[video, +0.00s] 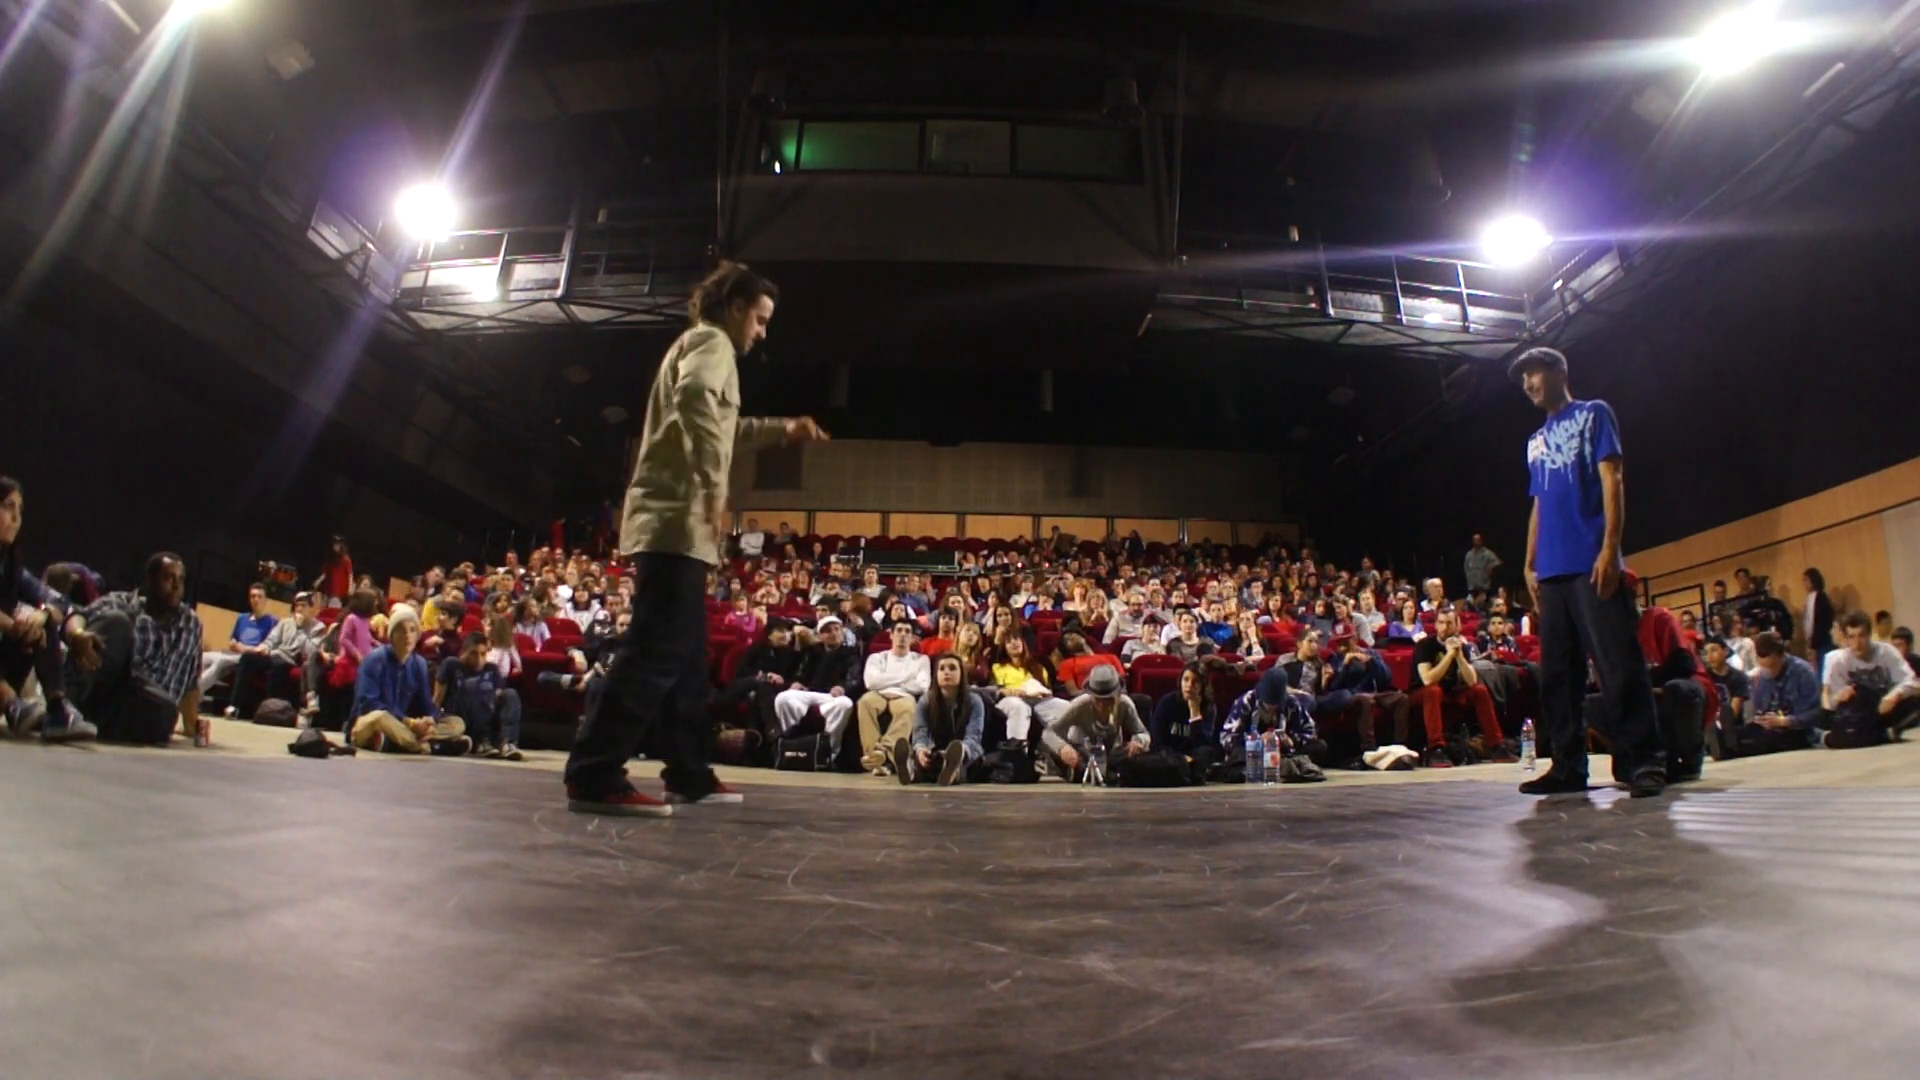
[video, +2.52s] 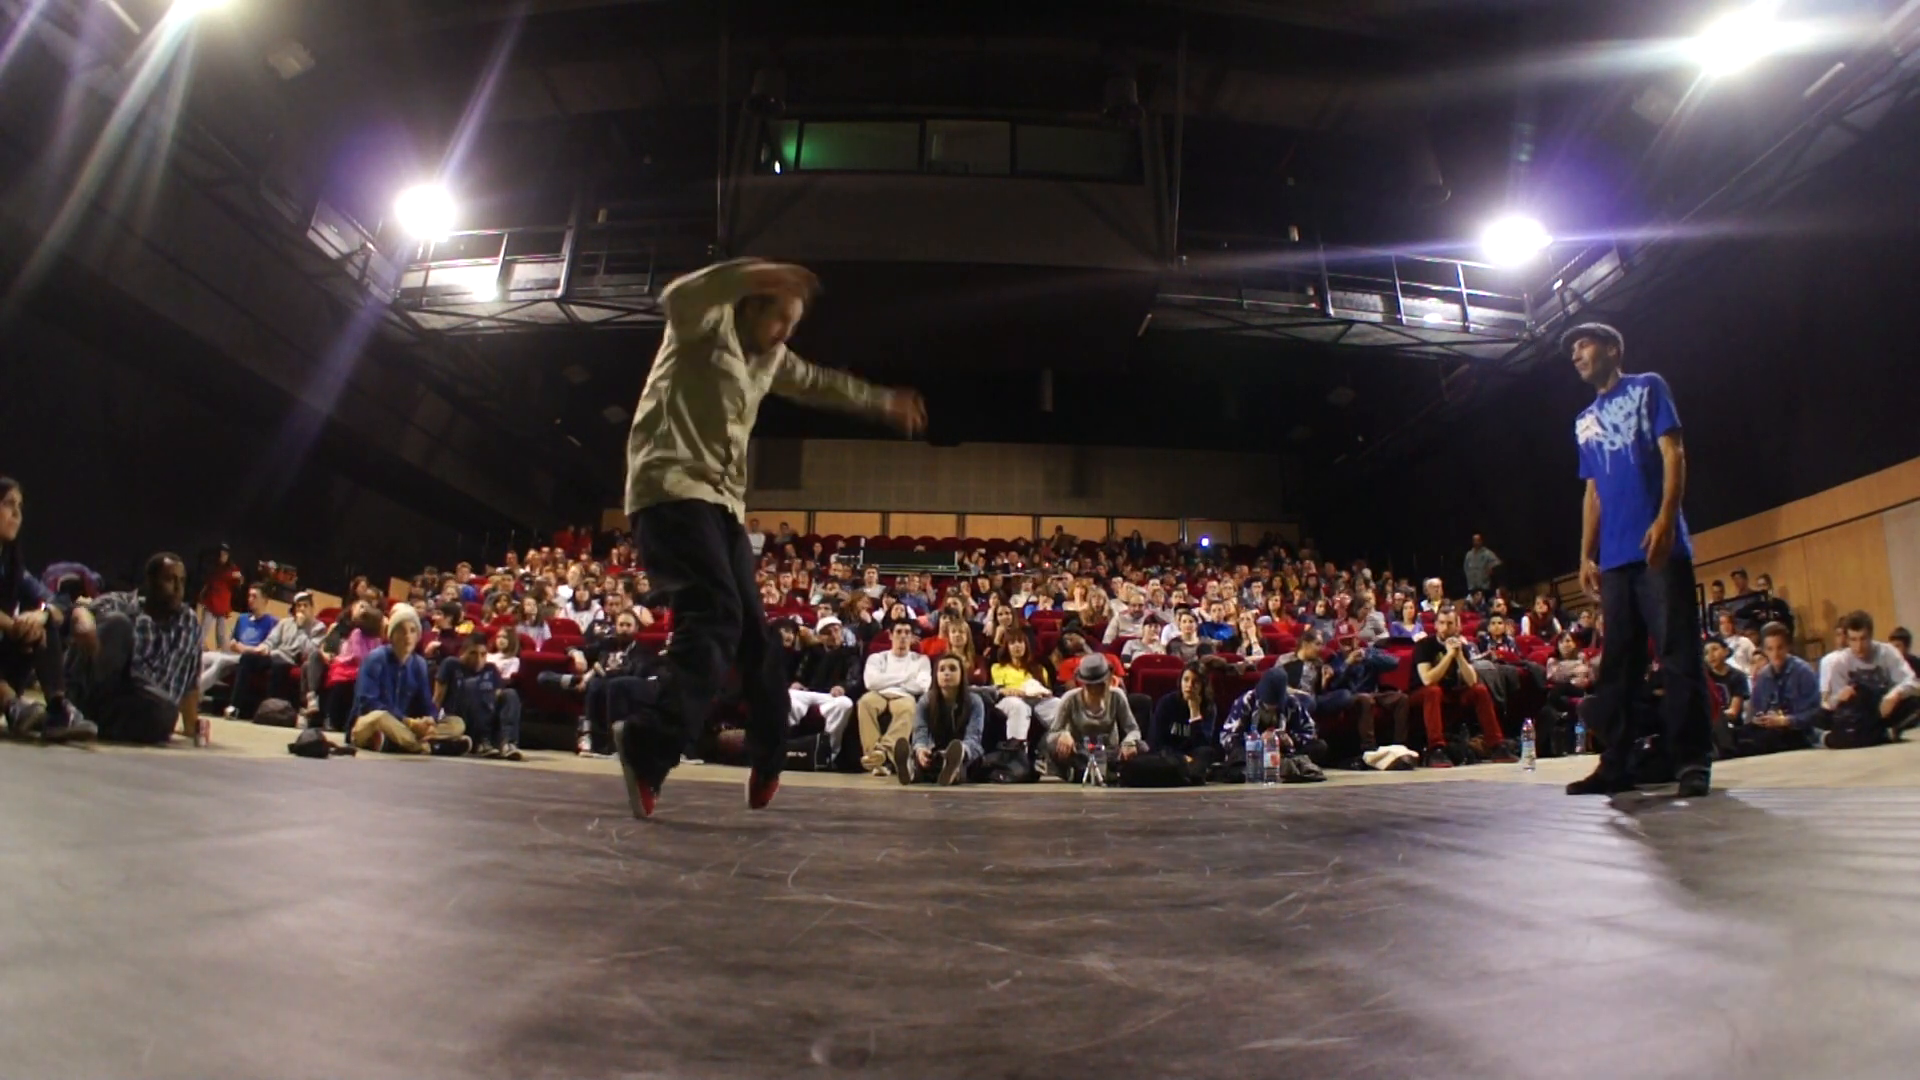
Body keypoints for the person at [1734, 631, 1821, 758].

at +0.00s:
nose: (1767, 671)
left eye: (1770, 666)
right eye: (1763, 667)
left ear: (1779, 656)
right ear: (1759, 662)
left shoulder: (1803, 672)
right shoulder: (1762, 677)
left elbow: (1814, 714)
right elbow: (1757, 711)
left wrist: (1783, 721)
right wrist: (1762, 720)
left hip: (1798, 732)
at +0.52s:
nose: (1767, 666)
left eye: (1772, 661)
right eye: (1764, 661)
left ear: (1783, 654)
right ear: (1761, 657)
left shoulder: (1802, 671)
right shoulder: (1764, 675)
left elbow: (1817, 712)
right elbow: (1757, 709)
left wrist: (1782, 721)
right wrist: (1760, 719)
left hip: (1798, 732)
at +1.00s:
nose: (1768, 663)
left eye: (1772, 657)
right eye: (1764, 658)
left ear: (1783, 651)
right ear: (1759, 656)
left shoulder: (1803, 671)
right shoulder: (1762, 676)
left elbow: (1817, 711)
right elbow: (1757, 709)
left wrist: (1783, 721)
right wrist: (1762, 719)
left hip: (1799, 732)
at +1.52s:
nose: (1775, 653)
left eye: (1779, 646)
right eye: (1769, 648)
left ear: (1787, 647)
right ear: (1764, 650)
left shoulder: (1803, 671)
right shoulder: (1763, 676)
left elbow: (1815, 711)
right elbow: (1757, 710)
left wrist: (1783, 721)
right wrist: (1761, 719)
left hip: (1797, 731)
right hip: (1768, 731)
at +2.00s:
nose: (1777, 651)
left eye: (1782, 645)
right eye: (1772, 646)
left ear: (1790, 645)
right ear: (1767, 648)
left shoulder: (1805, 670)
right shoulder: (1763, 676)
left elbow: (1814, 711)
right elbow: (1755, 711)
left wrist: (1784, 720)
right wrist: (1761, 718)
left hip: (1798, 731)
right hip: (1767, 731)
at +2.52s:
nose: (1775, 654)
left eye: (1780, 648)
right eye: (1770, 649)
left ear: (1787, 648)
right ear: (1763, 651)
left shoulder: (1803, 671)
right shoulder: (1762, 677)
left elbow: (1813, 712)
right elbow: (1755, 712)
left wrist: (1785, 720)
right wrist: (1759, 719)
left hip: (1797, 731)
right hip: (1767, 731)